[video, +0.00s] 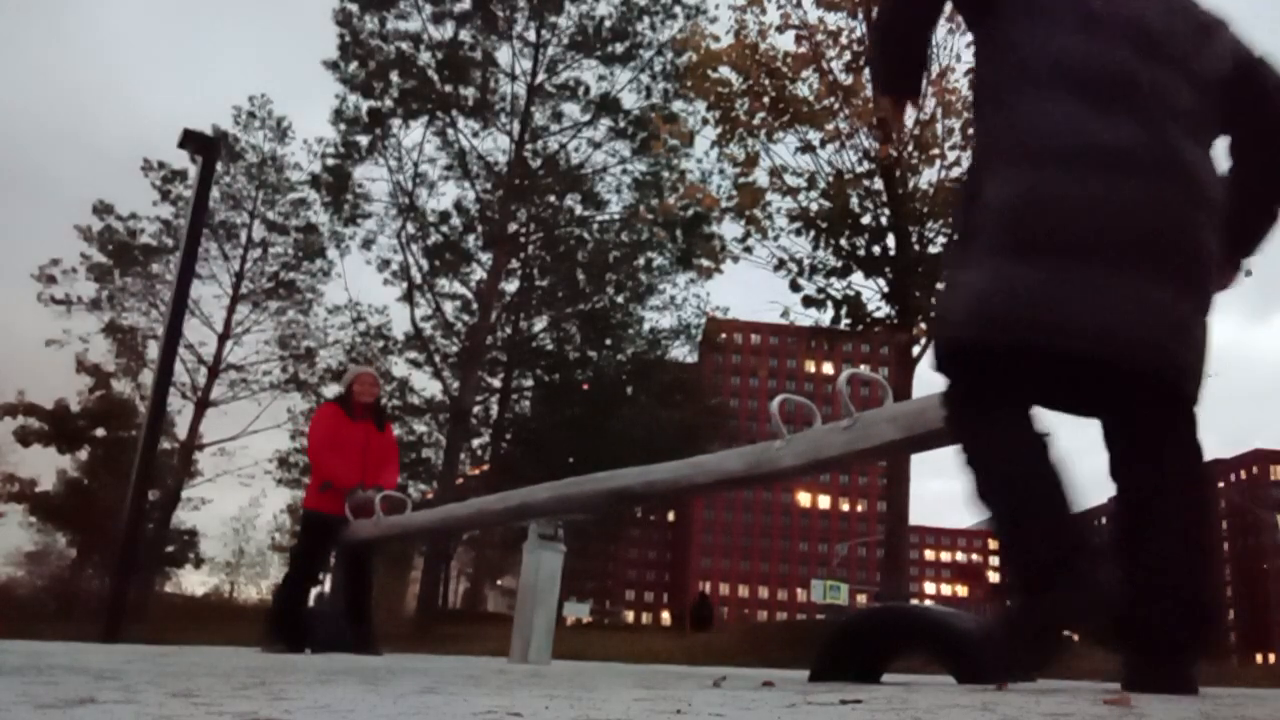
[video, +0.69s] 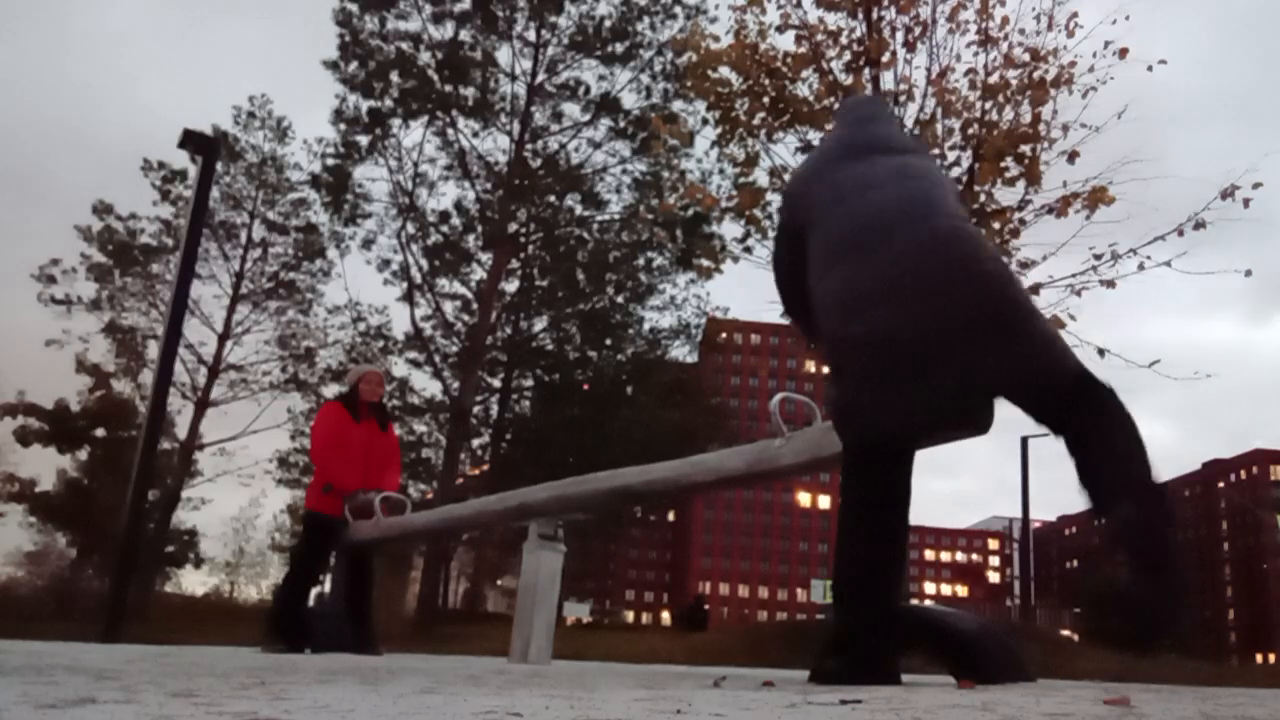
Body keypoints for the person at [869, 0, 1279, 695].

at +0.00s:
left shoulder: (1012, 7)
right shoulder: (1194, 24)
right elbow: (1270, 111)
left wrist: (896, 77)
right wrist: (1223, 242)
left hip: (1026, 221)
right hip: (1164, 237)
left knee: (983, 393)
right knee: (1156, 441)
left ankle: (1051, 582)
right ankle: (1164, 655)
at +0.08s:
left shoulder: (1004, 4)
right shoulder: (1171, 32)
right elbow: (1246, 133)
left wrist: (896, 68)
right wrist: (1182, 230)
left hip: (1002, 228)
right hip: (1137, 252)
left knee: (965, 418)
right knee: (1143, 439)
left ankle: (986, 637)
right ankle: (1164, 656)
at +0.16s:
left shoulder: (999, 8)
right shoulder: (1154, 48)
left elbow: (897, 1)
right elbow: (1204, 143)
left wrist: (893, 84)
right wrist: (1135, 212)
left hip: (977, 252)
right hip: (1115, 281)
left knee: (946, 449)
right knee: (1133, 459)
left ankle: (915, 622)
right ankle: (1162, 654)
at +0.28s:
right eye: (1093, 22)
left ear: (1023, 7)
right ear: (1090, 22)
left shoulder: (967, 31)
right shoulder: (1109, 73)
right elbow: (1139, 157)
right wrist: (1070, 178)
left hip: (952, 314)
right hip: (1081, 327)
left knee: (919, 481)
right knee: (1121, 482)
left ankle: (852, 658)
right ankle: (1161, 663)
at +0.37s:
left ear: (989, 34)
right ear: (1052, 43)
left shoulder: (940, 73)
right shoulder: (1072, 91)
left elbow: (840, 98)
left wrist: (854, 185)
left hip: (939, 335)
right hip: (1063, 336)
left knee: (911, 491)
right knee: (1109, 483)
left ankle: (863, 654)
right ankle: (1161, 658)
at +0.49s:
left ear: (922, 81)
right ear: (984, 86)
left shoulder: (879, 125)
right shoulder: (1004, 131)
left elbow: (801, 191)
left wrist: (854, 248)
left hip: (911, 362)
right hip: (1031, 351)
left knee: (890, 511)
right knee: (1096, 480)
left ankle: (857, 667)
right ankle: (1159, 653)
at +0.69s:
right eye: (898, 121)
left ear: (834, 132)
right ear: (894, 126)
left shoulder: (805, 183)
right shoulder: (919, 159)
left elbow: (791, 284)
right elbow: (942, 237)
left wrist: (833, 344)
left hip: (876, 347)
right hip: (979, 314)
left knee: (871, 501)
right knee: (1087, 409)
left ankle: (859, 651)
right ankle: (1152, 571)